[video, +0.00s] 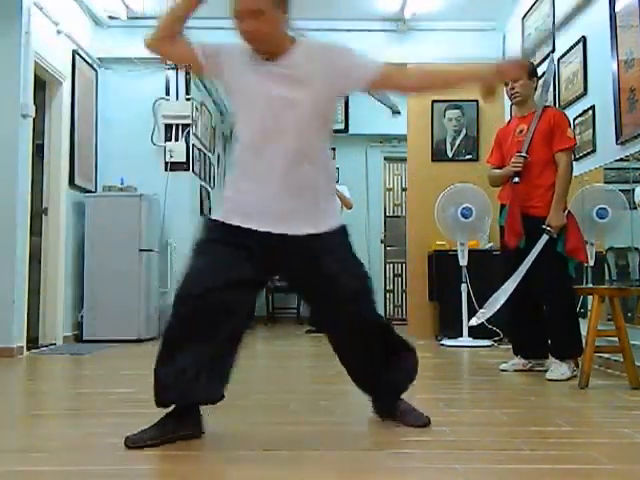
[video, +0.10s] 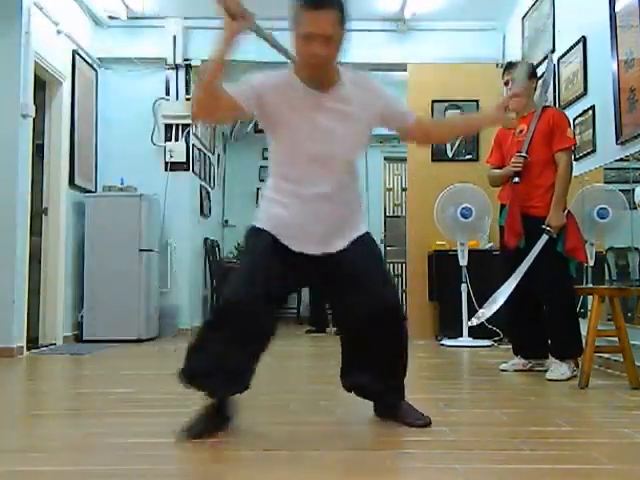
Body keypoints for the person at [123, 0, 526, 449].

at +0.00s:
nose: (243, 27)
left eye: (252, 16)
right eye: (238, 18)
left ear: (281, 13)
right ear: (236, 18)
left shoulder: (326, 60)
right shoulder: (230, 59)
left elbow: (406, 78)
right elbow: (161, 42)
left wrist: (485, 75)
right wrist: (190, 4)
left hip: (314, 223)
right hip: (240, 219)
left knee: (353, 311)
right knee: (197, 308)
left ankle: (388, 398)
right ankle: (184, 413)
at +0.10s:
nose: (316, 49)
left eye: (326, 40)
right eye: (308, 39)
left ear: (341, 43)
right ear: (293, 40)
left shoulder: (365, 93)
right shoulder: (271, 88)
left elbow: (424, 131)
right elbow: (204, 109)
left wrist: (493, 116)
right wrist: (227, 39)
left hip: (345, 232)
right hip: (279, 229)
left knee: (382, 311)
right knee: (243, 304)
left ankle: (389, 400)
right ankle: (218, 405)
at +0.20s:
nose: (373, 84)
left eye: (381, 75)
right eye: (364, 73)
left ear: (388, 78)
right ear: (341, 72)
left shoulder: (389, 130)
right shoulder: (310, 118)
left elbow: (425, 176)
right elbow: (293, 172)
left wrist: (475, 140)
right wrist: (325, 102)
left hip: (354, 249)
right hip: (295, 248)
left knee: (394, 309)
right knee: (277, 333)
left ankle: (391, 401)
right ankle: (304, 378)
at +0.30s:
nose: (403, 121)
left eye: (410, 112)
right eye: (394, 109)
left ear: (415, 114)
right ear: (367, 106)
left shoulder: (391, 154)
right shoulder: (342, 153)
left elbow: (415, 213)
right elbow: (388, 224)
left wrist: (444, 171)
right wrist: (441, 173)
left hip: (363, 262)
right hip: (312, 268)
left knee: (403, 310)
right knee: (330, 371)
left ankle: (394, 401)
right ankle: (338, 376)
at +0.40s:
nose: (412, 150)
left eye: (419, 141)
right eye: (404, 140)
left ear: (424, 140)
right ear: (375, 133)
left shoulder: (388, 172)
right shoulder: (354, 175)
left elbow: (408, 236)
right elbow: (418, 241)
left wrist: (431, 199)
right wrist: (496, 254)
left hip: (364, 273)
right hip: (322, 284)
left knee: (409, 307)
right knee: (354, 354)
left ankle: (396, 402)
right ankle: (345, 388)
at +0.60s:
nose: (420, 131)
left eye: (425, 123)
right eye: (413, 119)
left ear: (428, 125)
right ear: (380, 112)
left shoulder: (391, 160)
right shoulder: (348, 156)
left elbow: (407, 224)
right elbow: (390, 233)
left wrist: (443, 183)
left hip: (358, 262)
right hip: (311, 267)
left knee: (400, 311)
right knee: (341, 338)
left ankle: (397, 403)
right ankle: (346, 391)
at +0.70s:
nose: (408, 98)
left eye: (411, 89)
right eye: (401, 86)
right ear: (366, 81)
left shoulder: (388, 141)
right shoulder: (322, 128)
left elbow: (430, 196)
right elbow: (346, 209)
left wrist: (482, 150)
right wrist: (401, 158)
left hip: (347, 252)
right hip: (296, 256)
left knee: (387, 319)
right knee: (321, 341)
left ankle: (393, 404)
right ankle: (324, 390)